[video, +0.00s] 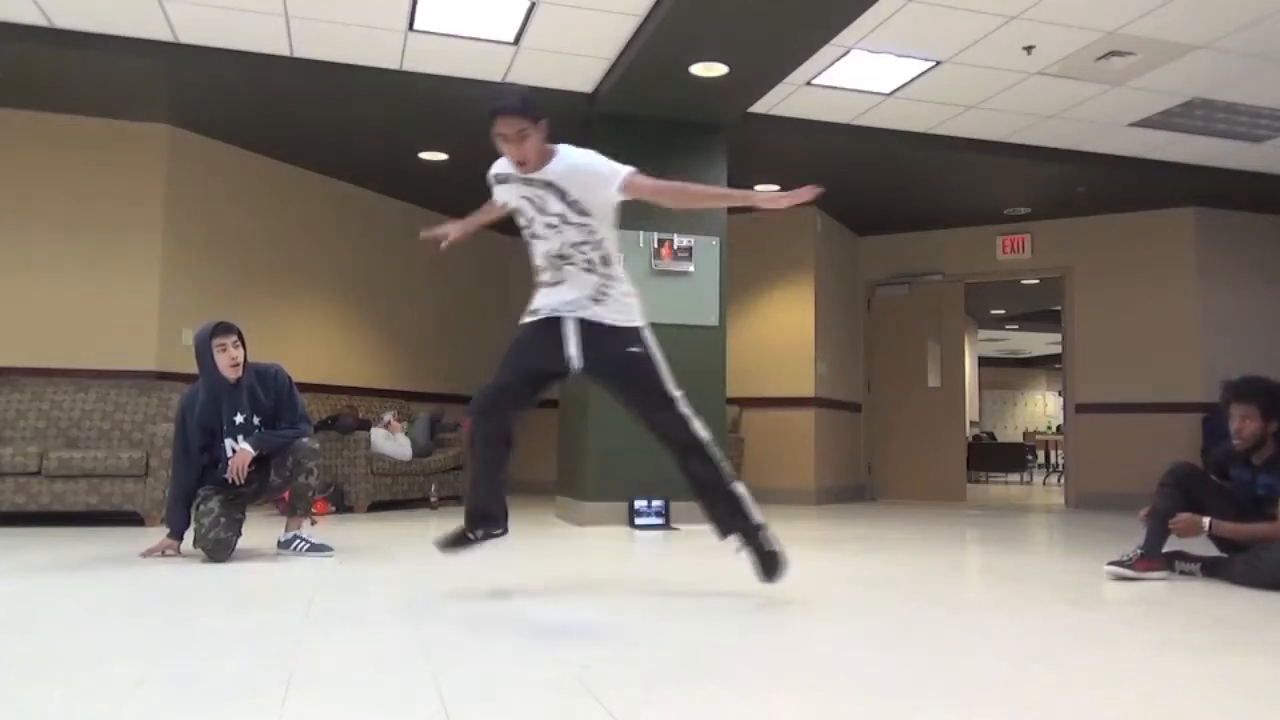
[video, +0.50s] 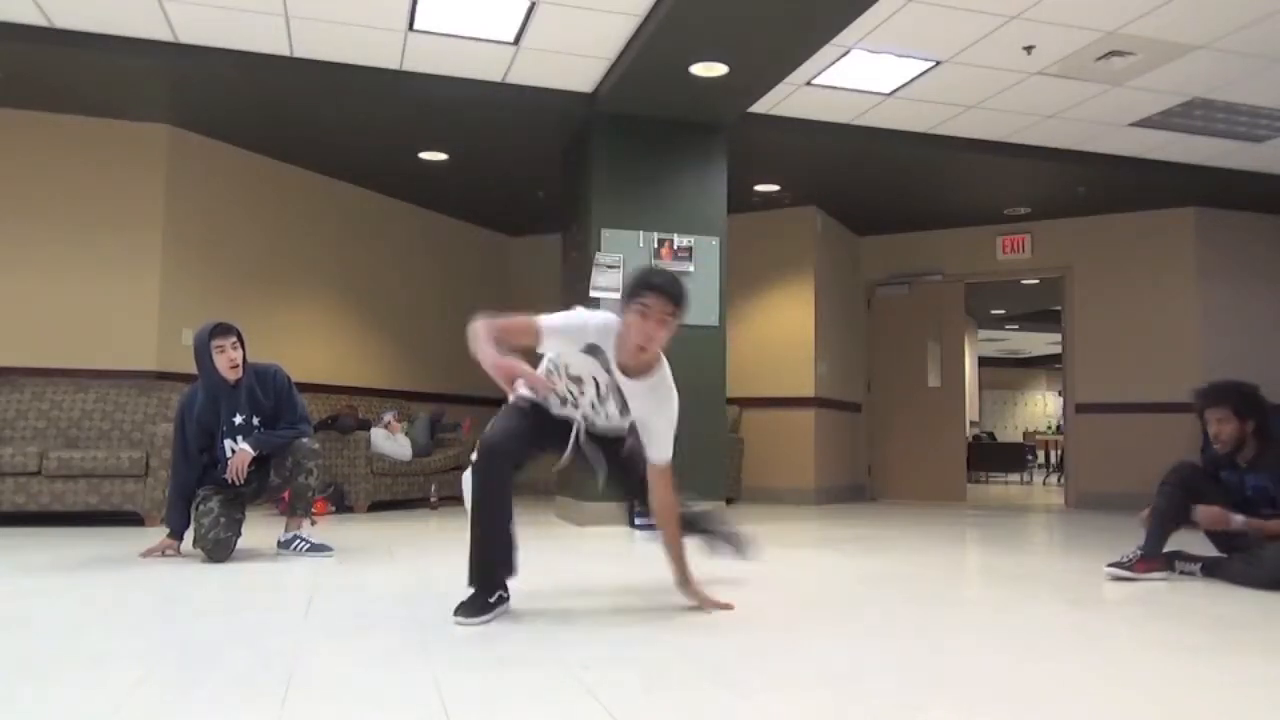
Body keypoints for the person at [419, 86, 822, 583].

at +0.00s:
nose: (513, 149)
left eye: (521, 136)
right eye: (503, 140)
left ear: (544, 130)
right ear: (495, 140)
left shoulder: (582, 167)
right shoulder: (503, 175)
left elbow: (666, 193)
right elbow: (505, 201)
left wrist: (762, 199)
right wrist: (463, 226)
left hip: (610, 317)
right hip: (549, 317)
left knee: (678, 427)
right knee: (490, 408)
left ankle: (751, 532)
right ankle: (486, 520)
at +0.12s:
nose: (549, 180)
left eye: (557, 167)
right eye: (541, 170)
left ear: (581, 160)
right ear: (534, 168)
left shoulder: (617, 201)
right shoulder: (537, 196)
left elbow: (711, 234)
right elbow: (518, 216)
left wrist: (809, 252)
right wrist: (462, 226)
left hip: (651, 347)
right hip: (584, 342)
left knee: (717, 453)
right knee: (510, 412)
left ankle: (797, 561)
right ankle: (471, 532)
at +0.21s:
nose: (582, 228)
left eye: (591, 216)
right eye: (573, 218)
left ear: (614, 214)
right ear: (563, 219)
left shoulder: (648, 263)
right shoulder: (556, 249)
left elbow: (731, 318)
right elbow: (496, 260)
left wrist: (829, 352)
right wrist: (419, 251)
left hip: (672, 387)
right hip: (606, 382)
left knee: (729, 482)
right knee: (535, 443)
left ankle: (814, 579)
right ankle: (488, 574)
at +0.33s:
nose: (603, 277)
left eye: (613, 266)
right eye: (594, 266)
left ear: (632, 270)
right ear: (579, 270)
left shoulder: (654, 319)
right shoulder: (557, 292)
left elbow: (710, 395)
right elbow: (487, 298)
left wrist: (761, 466)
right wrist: (437, 297)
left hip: (661, 393)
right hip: (590, 390)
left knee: (722, 479)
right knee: (536, 462)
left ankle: (817, 576)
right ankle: (503, 583)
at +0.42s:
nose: (628, 318)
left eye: (641, 307)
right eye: (619, 302)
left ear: (654, 310)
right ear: (602, 299)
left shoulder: (658, 369)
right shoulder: (572, 316)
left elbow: (676, 463)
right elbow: (471, 335)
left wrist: (709, 543)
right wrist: (507, 371)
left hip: (627, 414)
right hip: (559, 399)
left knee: (696, 480)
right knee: (502, 447)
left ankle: (784, 536)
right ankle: (494, 583)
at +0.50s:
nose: (650, 329)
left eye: (664, 320)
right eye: (643, 312)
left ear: (673, 331)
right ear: (624, 311)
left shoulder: (660, 397)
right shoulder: (586, 326)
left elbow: (661, 486)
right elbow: (482, 326)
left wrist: (683, 580)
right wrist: (492, 359)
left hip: (610, 431)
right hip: (546, 408)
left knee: (648, 506)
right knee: (493, 453)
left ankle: (707, 528)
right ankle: (490, 587)